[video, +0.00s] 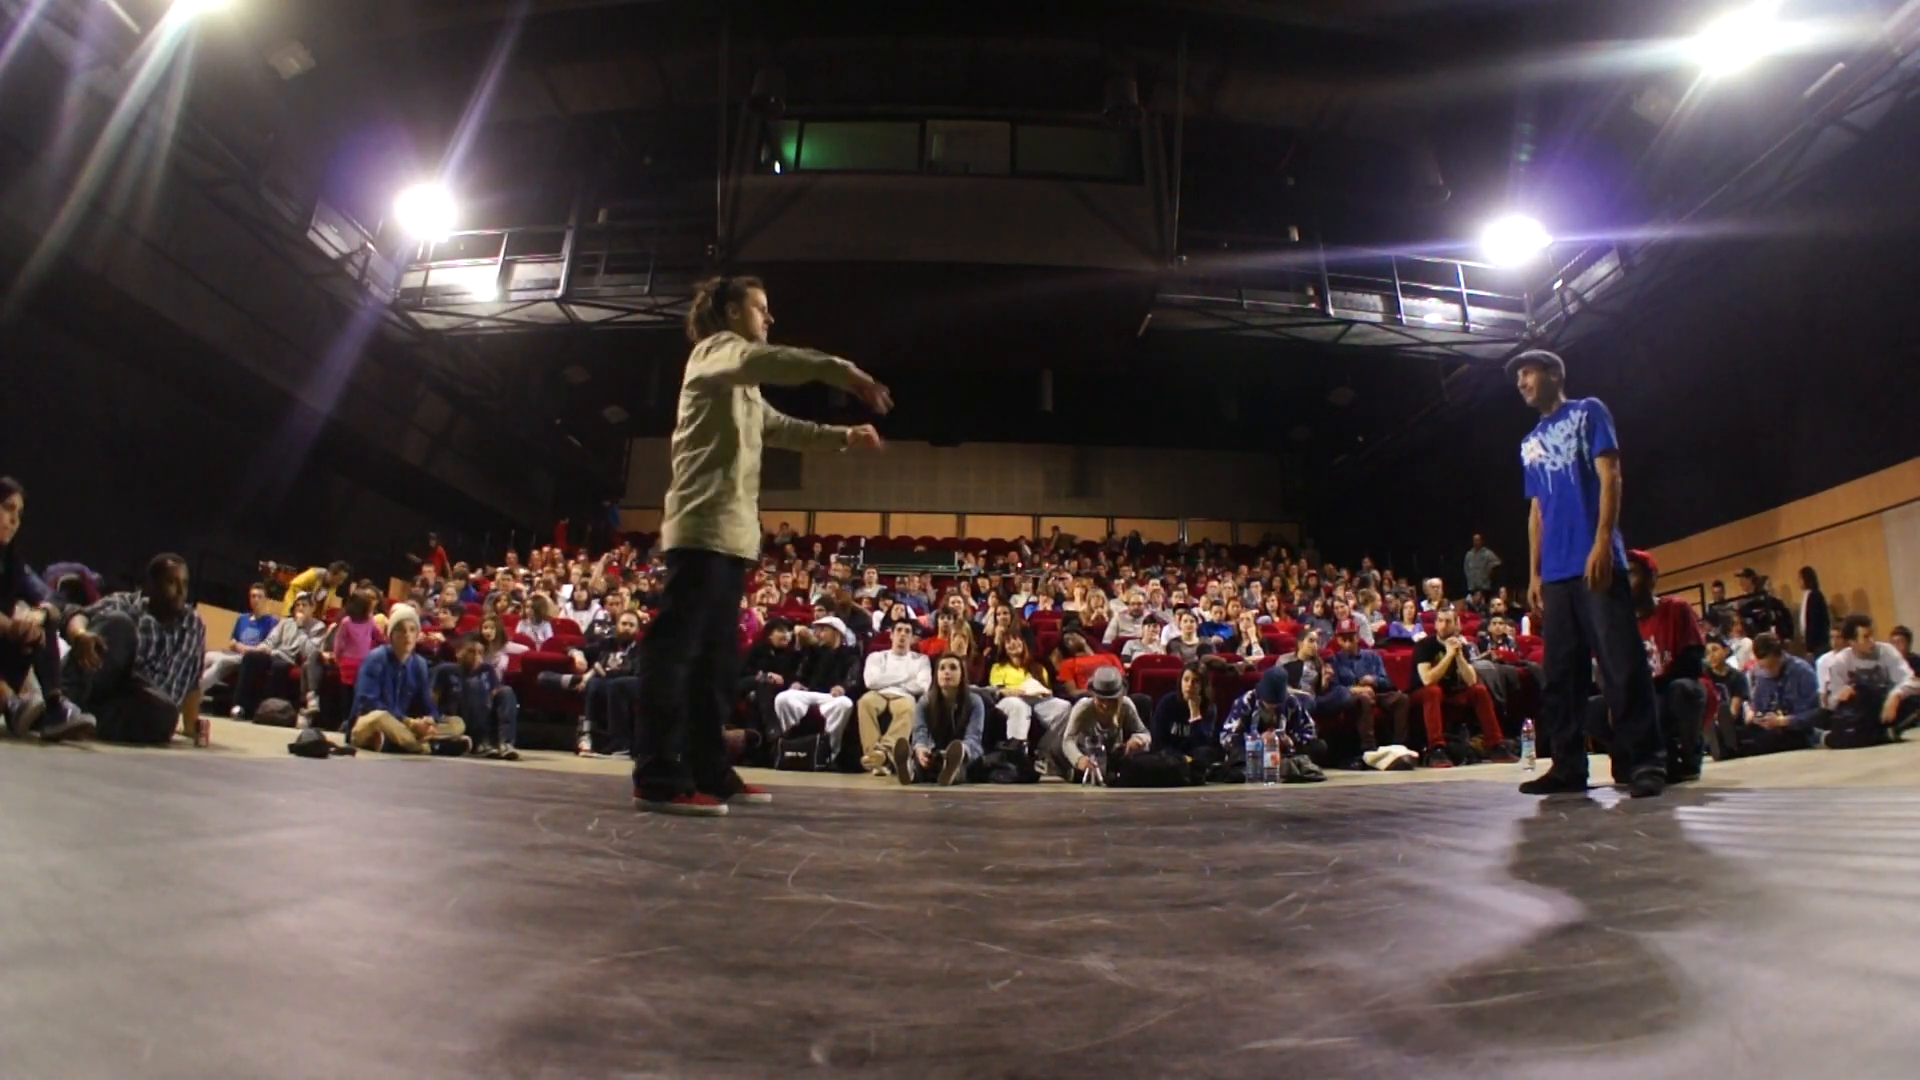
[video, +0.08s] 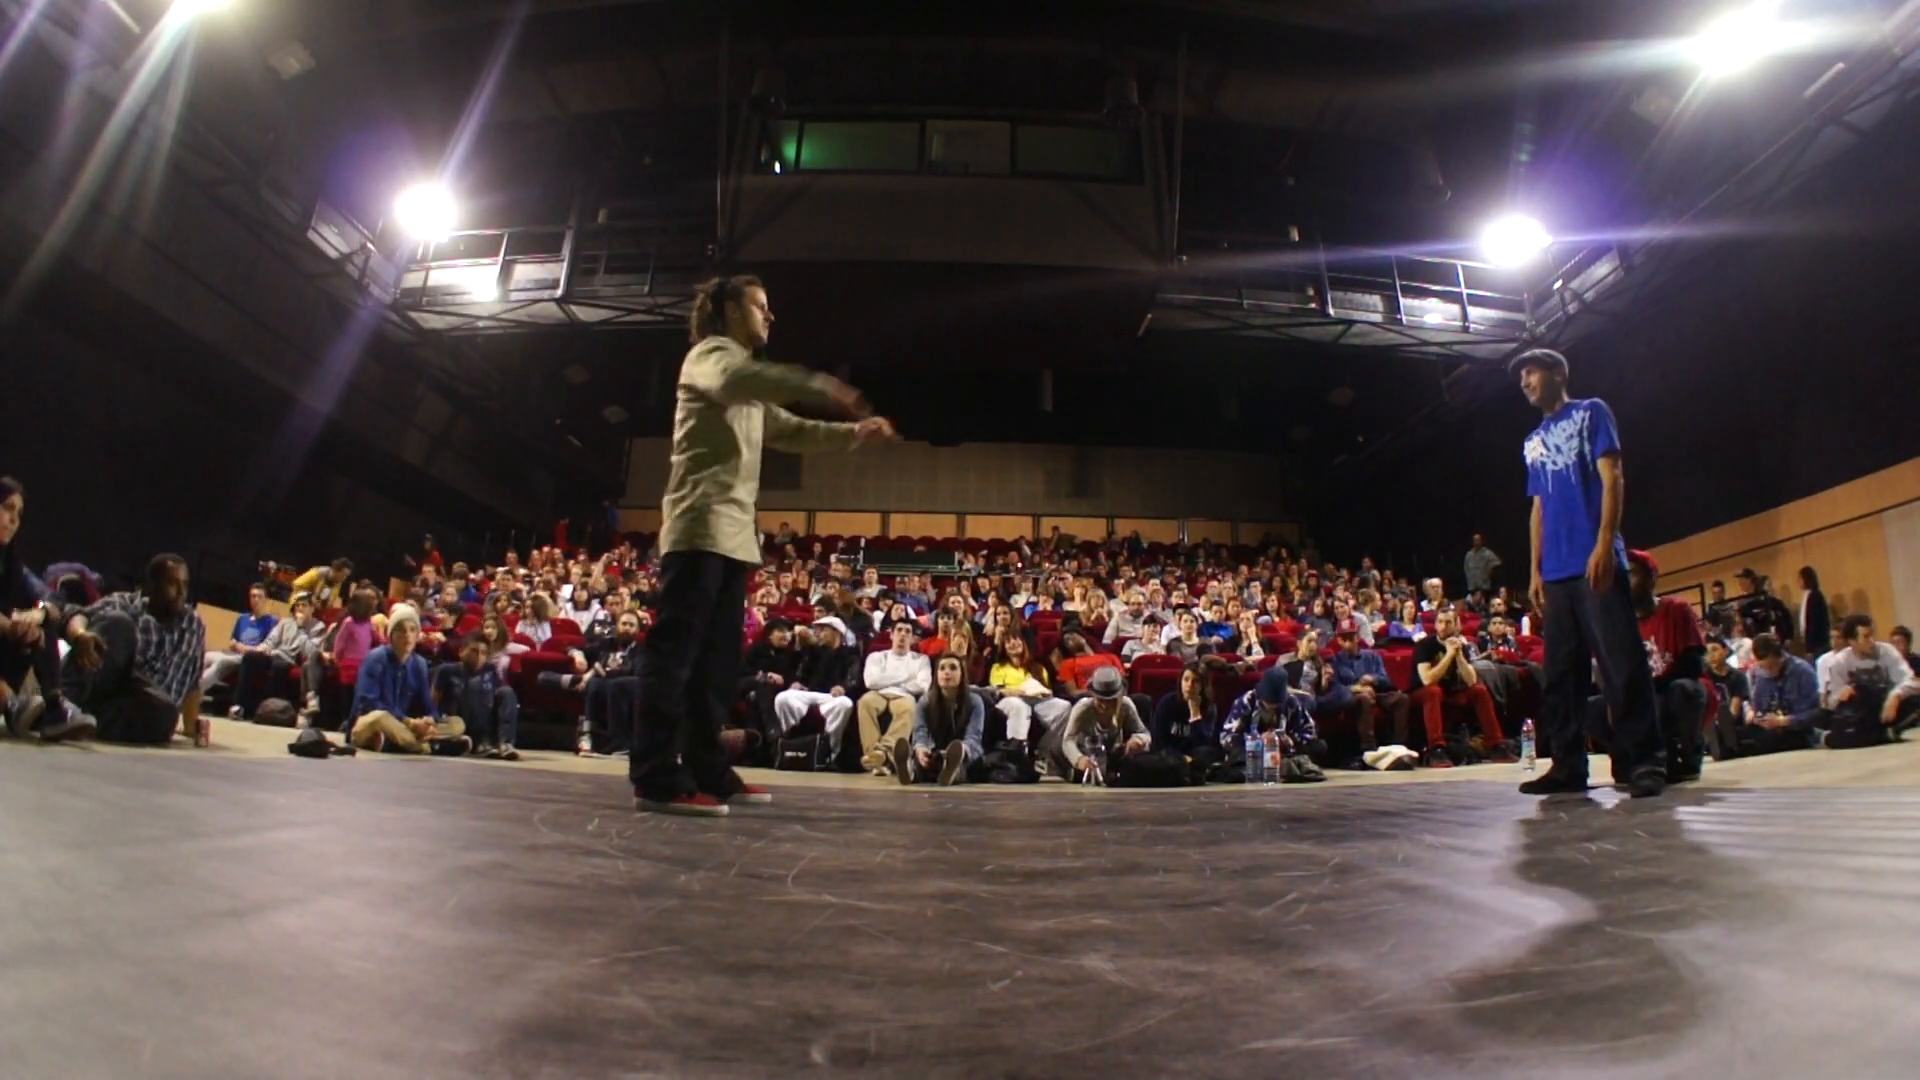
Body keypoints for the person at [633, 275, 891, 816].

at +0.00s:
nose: (769, 319)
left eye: (768, 311)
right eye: (761, 308)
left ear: (743, 315)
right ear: (729, 312)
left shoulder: (744, 379)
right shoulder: (714, 351)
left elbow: (779, 426)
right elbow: (768, 360)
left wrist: (844, 435)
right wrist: (848, 372)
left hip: (732, 534)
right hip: (703, 529)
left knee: (717, 658)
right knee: (675, 651)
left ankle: (709, 772)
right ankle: (658, 778)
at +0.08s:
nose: (769, 316)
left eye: (768, 308)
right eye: (759, 305)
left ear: (750, 316)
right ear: (727, 310)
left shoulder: (750, 382)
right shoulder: (709, 354)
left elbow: (786, 428)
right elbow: (733, 382)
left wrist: (851, 433)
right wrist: (821, 385)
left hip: (734, 532)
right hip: (699, 525)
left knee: (719, 659)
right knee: (674, 653)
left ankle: (708, 772)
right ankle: (655, 778)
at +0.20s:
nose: (769, 315)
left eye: (769, 307)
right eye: (760, 304)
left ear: (753, 316)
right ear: (727, 308)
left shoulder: (759, 381)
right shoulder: (695, 355)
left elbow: (805, 422)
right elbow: (689, 414)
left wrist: (859, 418)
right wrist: (771, 442)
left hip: (738, 538)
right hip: (688, 530)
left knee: (724, 660)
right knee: (675, 654)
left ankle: (708, 773)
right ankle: (655, 781)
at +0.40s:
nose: (775, 316)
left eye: (777, 309)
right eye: (766, 305)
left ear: (767, 318)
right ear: (733, 307)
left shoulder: (779, 384)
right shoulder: (685, 362)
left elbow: (843, 406)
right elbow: (629, 415)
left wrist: (818, 373)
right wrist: (679, 472)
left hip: (752, 545)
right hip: (685, 539)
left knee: (745, 660)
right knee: (670, 657)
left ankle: (738, 769)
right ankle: (656, 778)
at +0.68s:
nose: (775, 312)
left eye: (776, 304)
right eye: (766, 300)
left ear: (765, 314)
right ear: (732, 303)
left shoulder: (774, 381)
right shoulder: (689, 351)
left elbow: (808, 423)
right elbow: (621, 391)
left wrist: (844, 425)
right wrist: (664, 445)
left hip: (750, 534)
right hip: (690, 521)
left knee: (743, 654)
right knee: (686, 629)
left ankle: (743, 771)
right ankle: (633, 764)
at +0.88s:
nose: (760, 295)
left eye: (760, 287)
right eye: (752, 284)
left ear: (730, 288)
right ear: (719, 283)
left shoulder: (730, 355)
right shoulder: (685, 320)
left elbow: (768, 432)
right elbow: (665, 343)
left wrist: (827, 476)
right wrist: (750, 398)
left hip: (718, 510)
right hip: (673, 504)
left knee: (771, 623)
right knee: (664, 635)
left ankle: (757, 734)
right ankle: (613, 769)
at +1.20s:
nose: (732, 285)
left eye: (732, 276)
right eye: (726, 274)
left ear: (687, 274)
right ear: (700, 272)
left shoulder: (686, 335)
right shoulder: (673, 313)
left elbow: (679, 430)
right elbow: (759, 307)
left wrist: (736, 447)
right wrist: (782, 327)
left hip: (687, 493)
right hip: (655, 492)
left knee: (777, 539)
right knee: (664, 626)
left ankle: (766, 668)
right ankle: (608, 764)